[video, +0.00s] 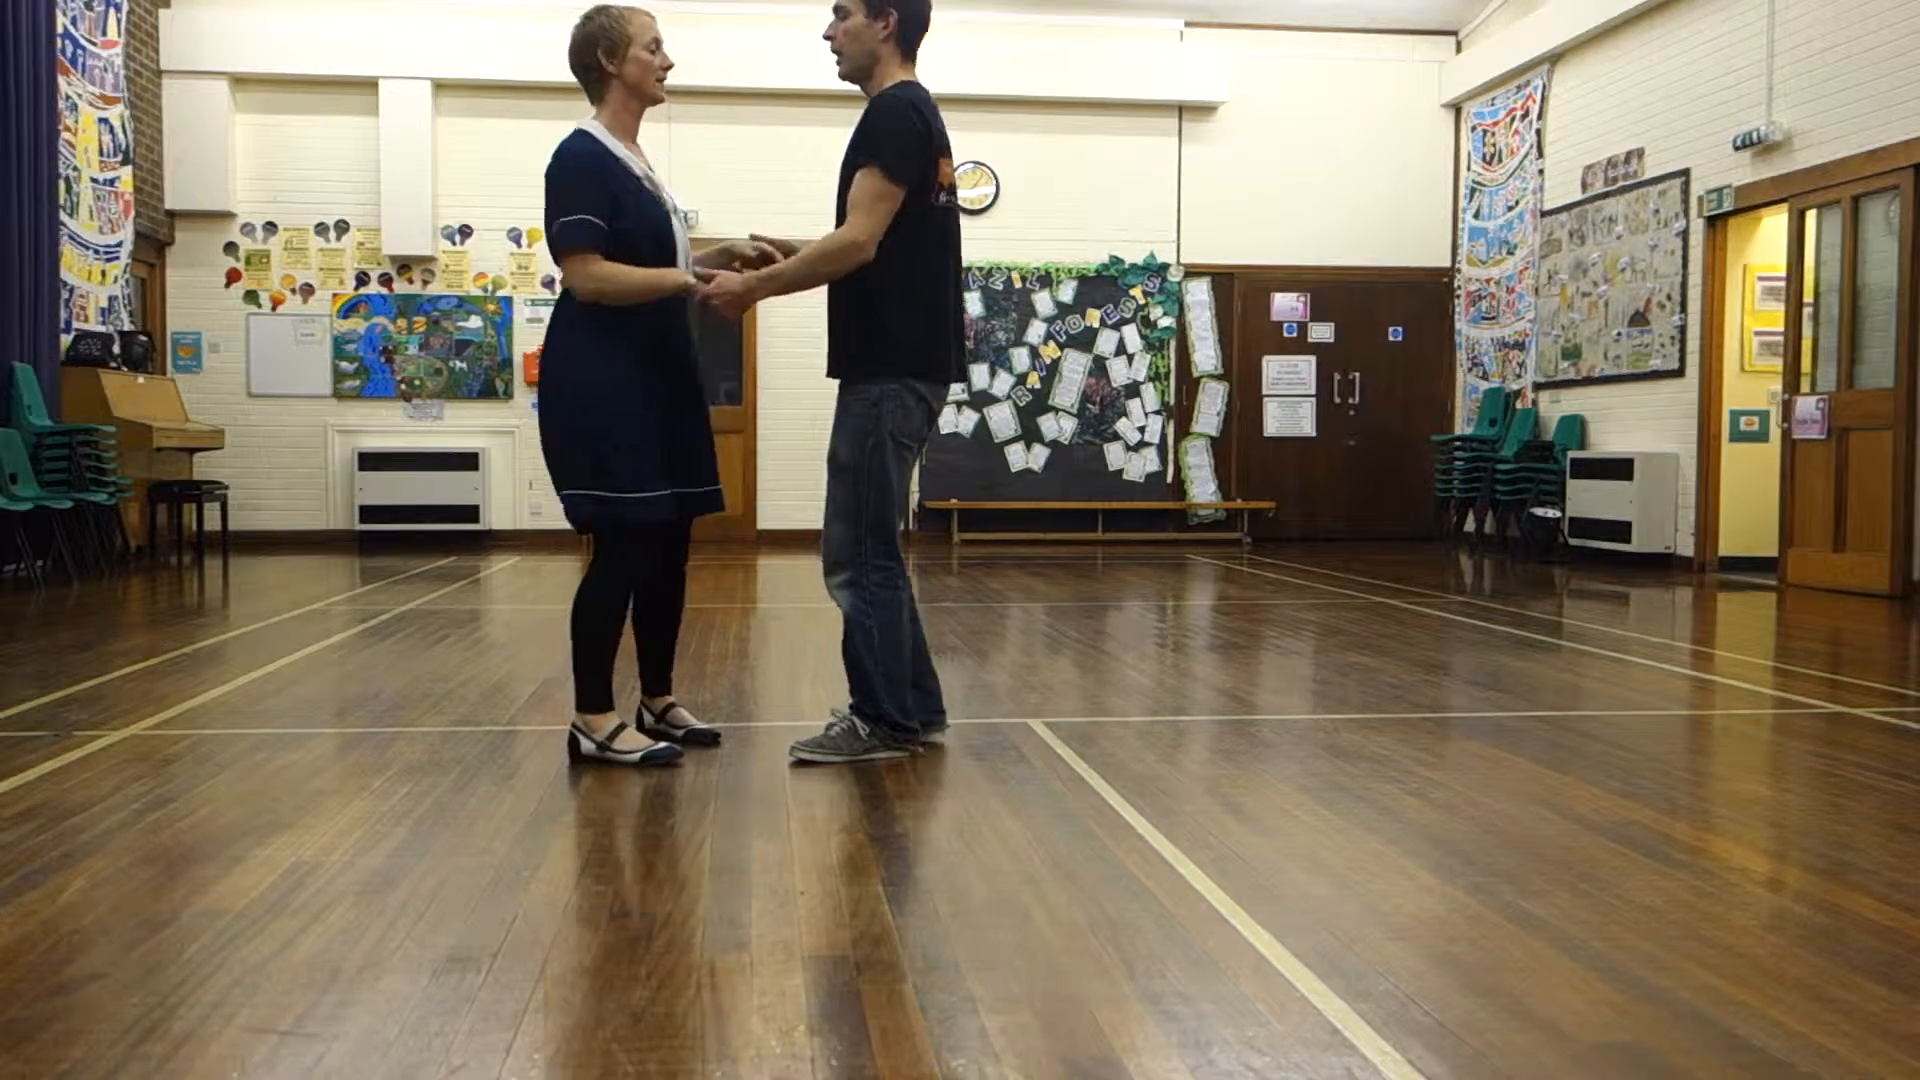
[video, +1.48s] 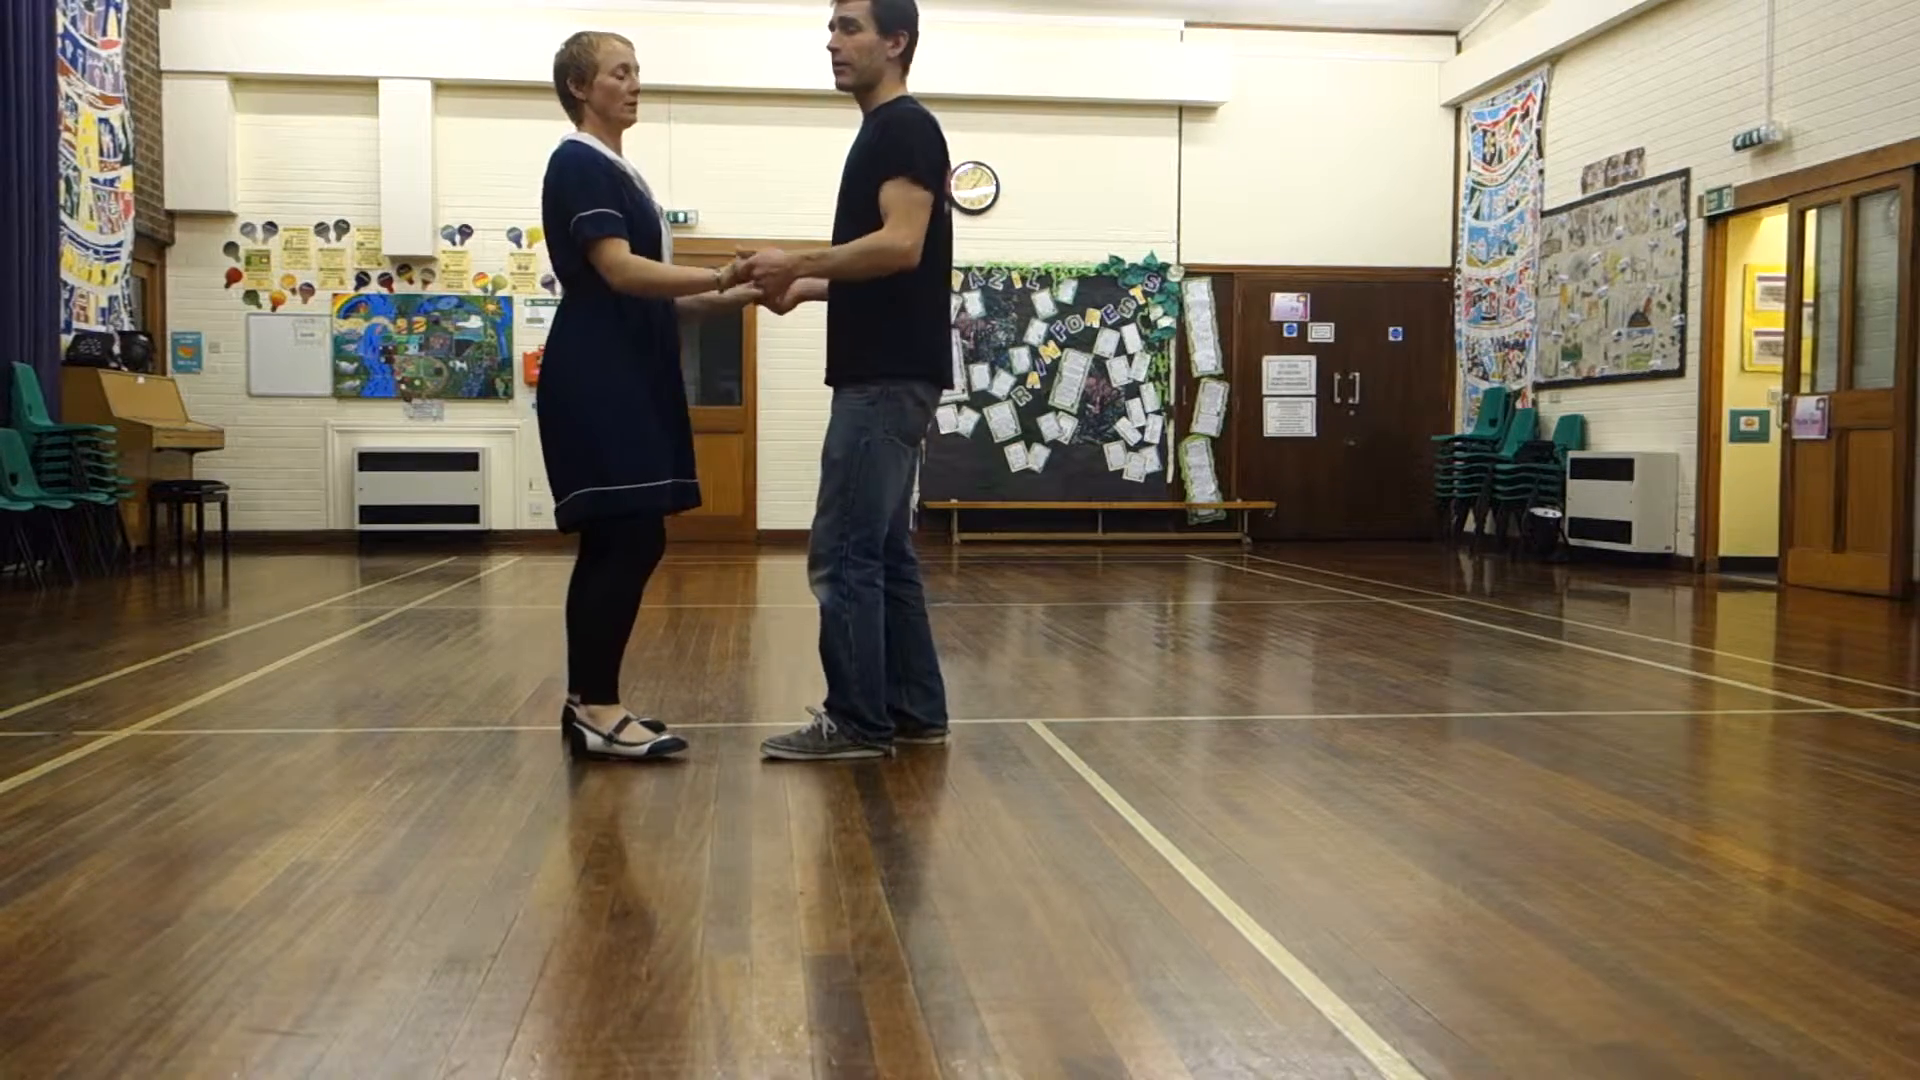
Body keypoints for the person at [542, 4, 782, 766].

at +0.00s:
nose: (667, 62)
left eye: (664, 50)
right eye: (652, 49)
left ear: (626, 66)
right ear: (608, 62)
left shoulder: (637, 162)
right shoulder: (581, 156)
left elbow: (656, 260)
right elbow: (583, 276)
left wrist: (731, 252)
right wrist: (690, 283)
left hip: (658, 391)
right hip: (602, 393)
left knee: (667, 544)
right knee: (620, 549)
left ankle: (657, 705)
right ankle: (593, 722)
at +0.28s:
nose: (656, 54)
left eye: (651, 42)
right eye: (642, 44)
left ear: (611, 60)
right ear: (601, 59)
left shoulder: (618, 154)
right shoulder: (579, 147)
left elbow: (637, 266)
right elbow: (598, 274)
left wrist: (713, 274)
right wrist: (703, 288)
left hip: (633, 389)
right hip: (594, 390)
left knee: (664, 533)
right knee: (613, 542)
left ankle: (618, 694)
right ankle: (593, 719)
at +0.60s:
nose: (641, 67)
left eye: (637, 55)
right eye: (626, 55)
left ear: (594, 73)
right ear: (583, 71)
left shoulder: (605, 159)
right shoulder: (575, 155)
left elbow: (638, 272)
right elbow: (626, 275)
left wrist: (727, 295)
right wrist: (729, 299)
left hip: (626, 387)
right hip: (603, 387)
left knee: (622, 543)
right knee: (618, 543)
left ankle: (593, 705)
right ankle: (593, 717)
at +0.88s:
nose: (630, 81)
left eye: (629, 68)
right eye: (615, 69)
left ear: (592, 85)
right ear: (573, 83)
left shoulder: (602, 168)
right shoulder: (573, 165)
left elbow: (638, 277)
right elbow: (627, 276)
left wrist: (731, 299)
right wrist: (735, 303)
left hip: (620, 390)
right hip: (596, 391)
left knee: (620, 542)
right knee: (614, 543)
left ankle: (593, 705)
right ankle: (592, 714)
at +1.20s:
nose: (628, 83)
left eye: (628, 72)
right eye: (612, 72)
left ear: (600, 90)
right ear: (571, 89)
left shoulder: (608, 171)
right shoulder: (572, 166)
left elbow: (638, 281)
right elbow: (611, 278)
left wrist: (719, 297)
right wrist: (714, 303)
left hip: (618, 385)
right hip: (593, 386)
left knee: (613, 540)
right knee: (627, 540)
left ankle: (590, 701)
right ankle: (598, 707)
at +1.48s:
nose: (636, 85)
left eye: (636, 73)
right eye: (620, 73)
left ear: (619, 87)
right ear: (579, 87)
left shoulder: (617, 171)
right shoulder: (581, 163)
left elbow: (648, 291)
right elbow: (618, 269)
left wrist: (734, 295)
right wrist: (720, 276)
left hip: (620, 384)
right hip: (599, 385)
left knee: (613, 541)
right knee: (634, 540)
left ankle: (591, 705)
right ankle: (596, 711)